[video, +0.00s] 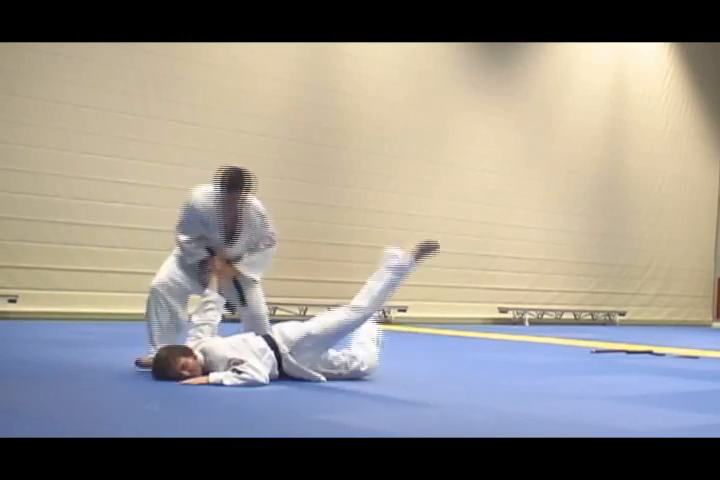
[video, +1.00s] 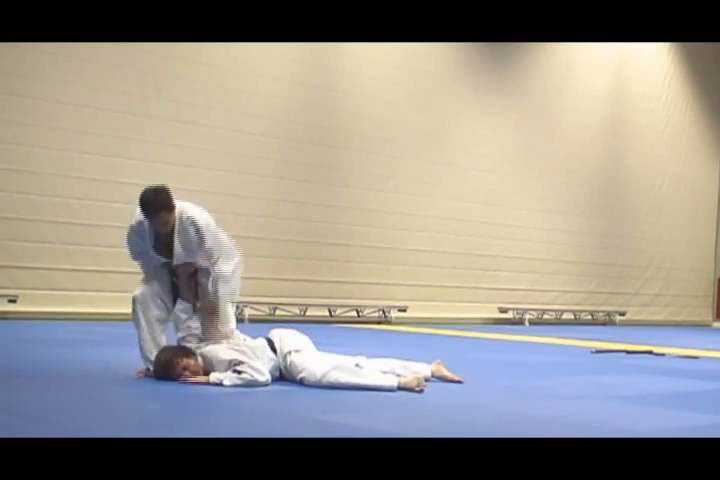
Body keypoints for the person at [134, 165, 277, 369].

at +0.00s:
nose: (232, 205)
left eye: (237, 200)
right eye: (228, 199)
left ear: (244, 195)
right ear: (219, 193)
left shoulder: (255, 212)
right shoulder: (200, 201)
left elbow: (267, 246)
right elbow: (185, 238)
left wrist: (237, 268)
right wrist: (206, 261)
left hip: (237, 265)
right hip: (196, 260)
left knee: (257, 313)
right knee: (161, 289)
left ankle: (267, 360)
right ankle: (161, 352)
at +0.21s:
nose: (173, 204)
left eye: (176, 198)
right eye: (167, 200)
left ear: (185, 191)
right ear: (160, 197)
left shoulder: (212, 203)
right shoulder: (154, 212)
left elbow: (246, 236)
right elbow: (157, 250)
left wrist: (214, 262)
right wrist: (187, 262)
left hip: (223, 269)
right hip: (182, 268)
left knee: (221, 330)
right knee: (153, 295)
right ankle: (162, 362)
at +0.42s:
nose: (143, 229)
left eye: (146, 223)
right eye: (138, 226)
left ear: (153, 212)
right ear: (133, 225)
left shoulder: (186, 223)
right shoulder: (147, 225)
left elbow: (210, 267)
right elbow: (165, 254)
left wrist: (214, 316)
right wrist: (189, 279)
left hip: (225, 263)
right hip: (185, 268)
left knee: (218, 328)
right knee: (156, 301)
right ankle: (156, 365)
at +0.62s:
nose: (151, 239)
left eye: (154, 234)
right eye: (146, 236)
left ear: (163, 222)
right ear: (141, 232)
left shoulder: (195, 230)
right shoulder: (150, 231)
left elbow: (207, 278)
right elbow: (166, 258)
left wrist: (215, 323)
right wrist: (183, 277)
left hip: (219, 264)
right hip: (179, 268)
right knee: (153, 301)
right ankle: (155, 363)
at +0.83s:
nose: (159, 239)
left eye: (163, 233)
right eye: (153, 235)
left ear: (170, 221)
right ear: (145, 230)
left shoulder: (196, 229)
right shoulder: (146, 228)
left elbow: (211, 277)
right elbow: (158, 258)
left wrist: (218, 324)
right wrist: (184, 277)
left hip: (215, 265)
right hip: (175, 268)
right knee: (149, 301)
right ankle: (155, 363)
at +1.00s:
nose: (162, 224)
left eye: (166, 219)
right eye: (156, 221)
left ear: (173, 210)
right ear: (148, 218)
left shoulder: (196, 222)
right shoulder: (138, 229)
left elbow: (218, 263)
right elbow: (147, 264)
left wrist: (215, 301)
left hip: (208, 270)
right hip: (170, 272)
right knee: (143, 299)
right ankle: (154, 365)